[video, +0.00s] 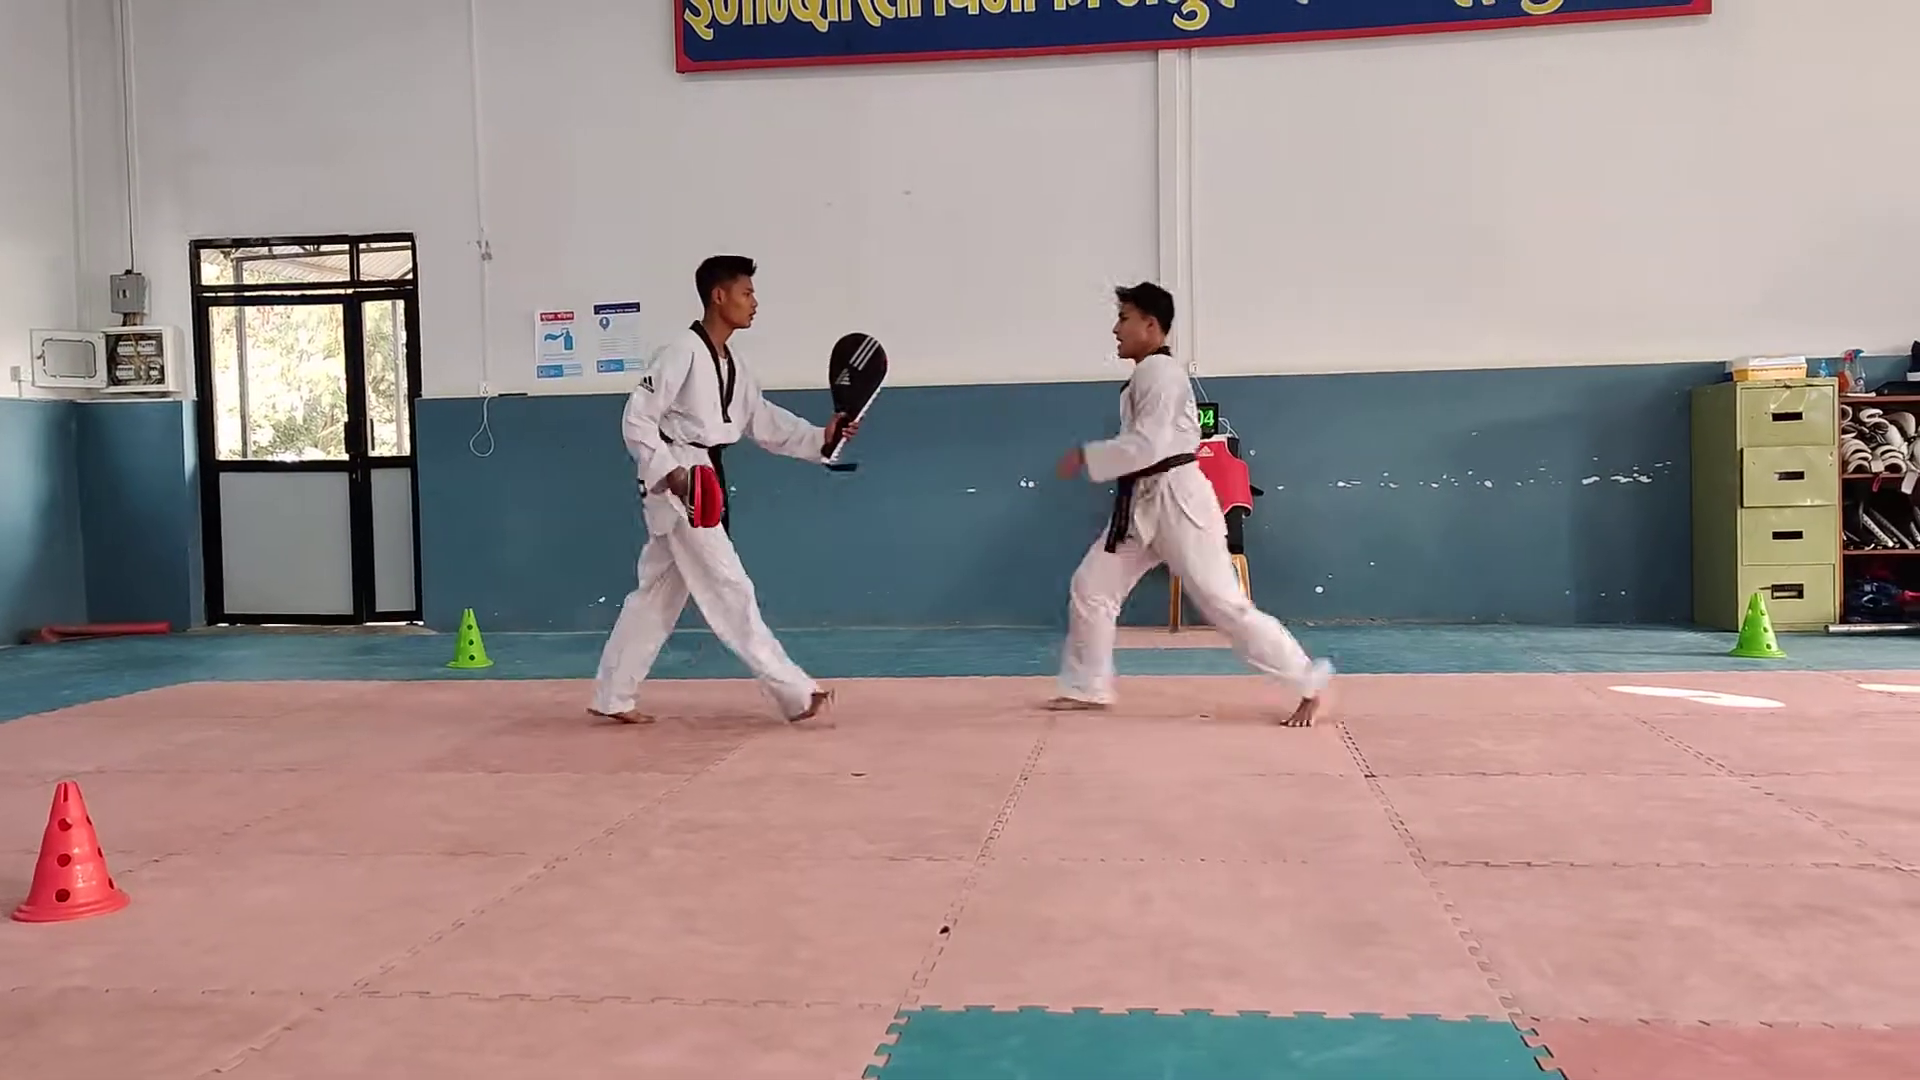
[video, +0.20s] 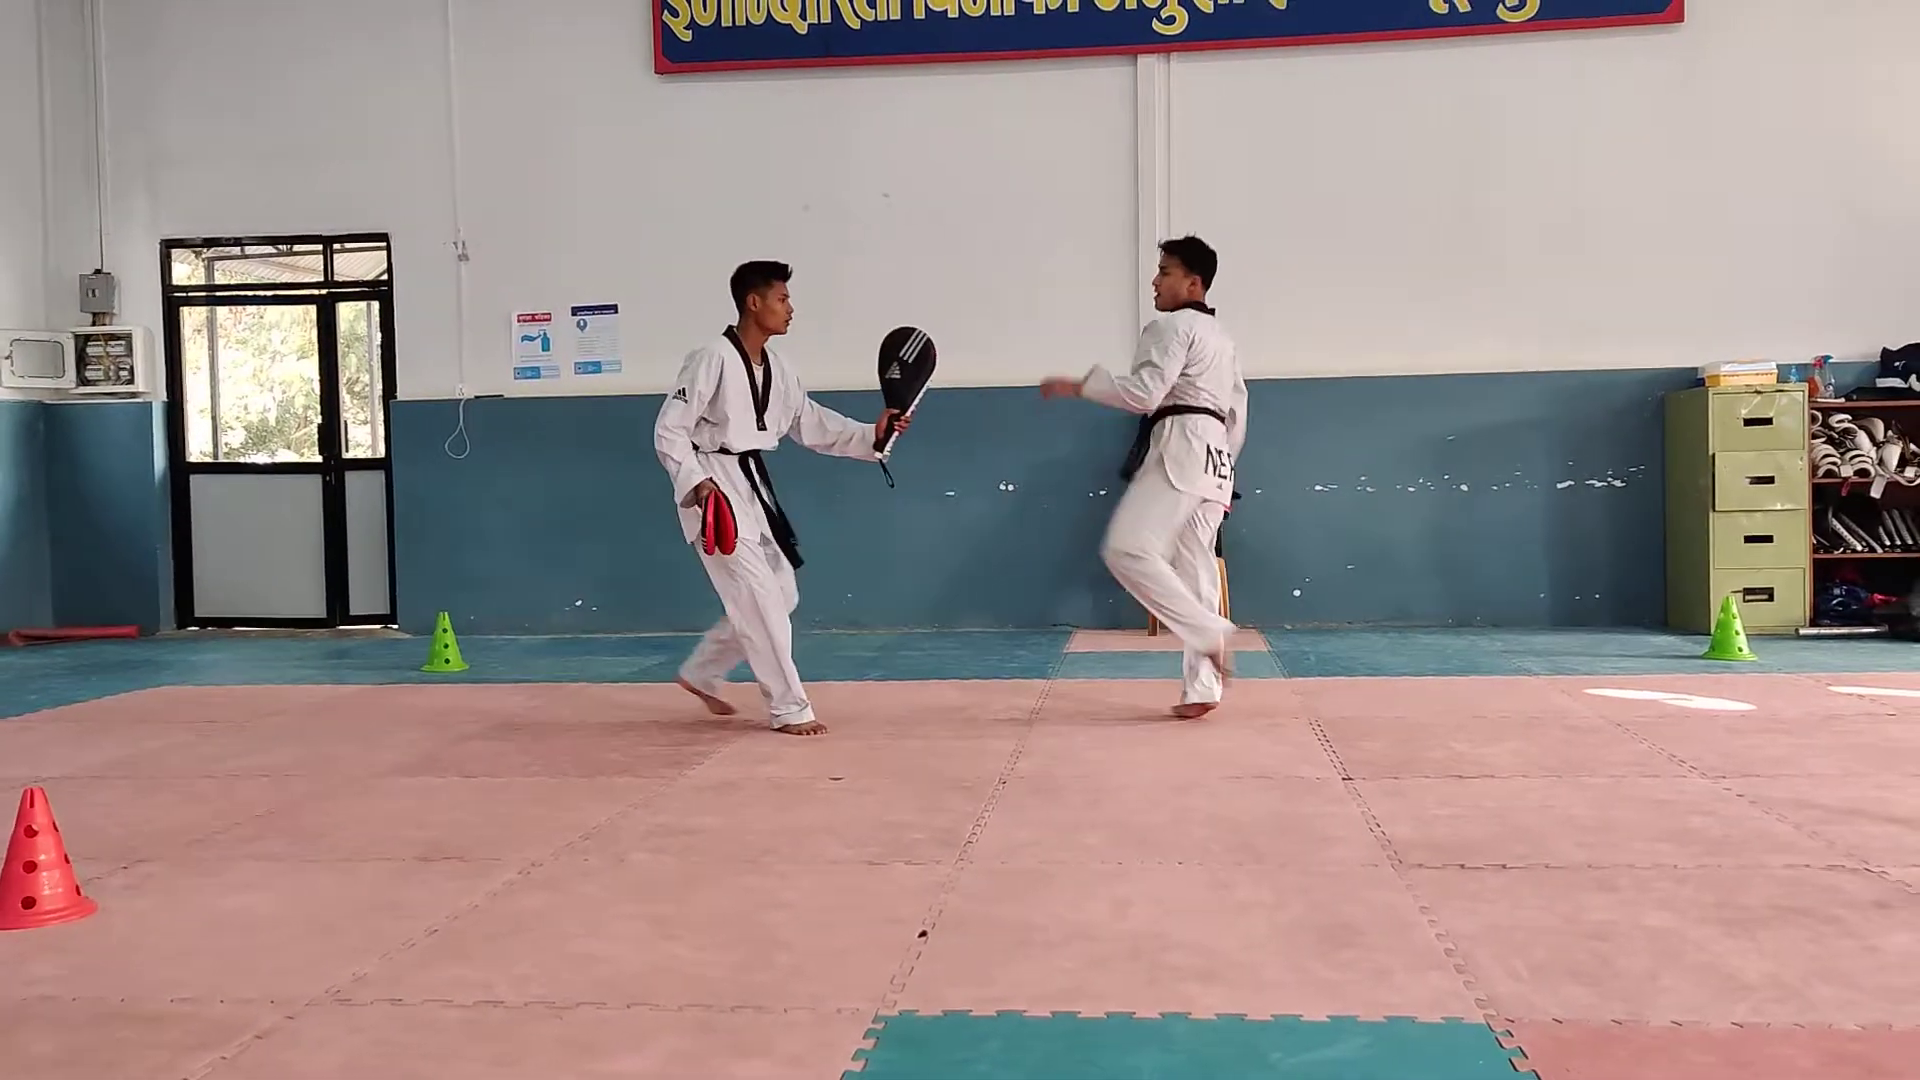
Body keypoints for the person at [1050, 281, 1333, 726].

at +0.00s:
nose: (1115, 328)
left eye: (1124, 319)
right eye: (1117, 319)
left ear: (1153, 326)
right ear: (1147, 326)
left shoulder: (1161, 371)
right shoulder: (1145, 376)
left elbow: (1149, 443)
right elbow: (1150, 446)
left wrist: (1089, 457)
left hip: (1177, 494)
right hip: (1144, 500)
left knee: (1222, 604)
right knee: (1092, 588)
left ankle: (1309, 679)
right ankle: (1089, 690)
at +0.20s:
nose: (1154, 280)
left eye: (1164, 272)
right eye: (1158, 271)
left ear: (1192, 282)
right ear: (1196, 286)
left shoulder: (1174, 324)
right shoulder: (1222, 340)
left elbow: (1145, 392)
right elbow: (1237, 411)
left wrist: (1082, 383)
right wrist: (1221, 464)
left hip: (1184, 447)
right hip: (1217, 458)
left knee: (1126, 549)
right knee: (1194, 564)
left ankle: (1210, 635)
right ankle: (1201, 685)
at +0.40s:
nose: (1154, 282)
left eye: (1164, 274)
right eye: (1157, 272)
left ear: (1192, 284)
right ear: (1193, 287)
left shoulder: (1181, 327)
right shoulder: (1213, 338)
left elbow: (1159, 384)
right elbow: (1143, 388)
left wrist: (1130, 434)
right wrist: (1104, 351)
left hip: (1165, 433)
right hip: (1202, 462)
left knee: (1060, 409)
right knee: (1190, 574)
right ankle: (1207, 688)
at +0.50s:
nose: (1142, 269)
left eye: (1153, 261)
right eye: (1146, 259)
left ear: (1181, 272)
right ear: (1184, 274)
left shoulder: (1160, 312)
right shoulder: (1205, 327)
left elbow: (1152, 367)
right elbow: (1172, 390)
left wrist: (1106, 415)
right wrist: (1121, 361)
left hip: (1145, 427)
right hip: (1191, 447)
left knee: (1049, 444)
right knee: (1192, 570)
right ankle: (1204, 684)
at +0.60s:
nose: (1135, 280)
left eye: (1145, 272)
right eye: (1138, 270)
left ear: (1173, 283)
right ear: (1177, 286)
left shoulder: (1148, 321)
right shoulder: (1208, 341)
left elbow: (1132, 370)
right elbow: (1201, 399)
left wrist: (1067, 400)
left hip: (1133, 439)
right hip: (1187, 453)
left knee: (1062, 533)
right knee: (1204, 573)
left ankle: (1031, 624)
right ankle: (1232, 687)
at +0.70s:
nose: (1122, 308)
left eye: (1131, 300)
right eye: (1126, 298)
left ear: (1158, 309)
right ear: (1165, 312)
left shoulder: (1127, 353)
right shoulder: (1204, 373)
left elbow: (1066, 389)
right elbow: (1211, 456)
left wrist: (1011, 403)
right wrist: (1167, 450)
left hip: (1118, 476)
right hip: (1178, 483)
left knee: (1086, 590)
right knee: (1208, 601)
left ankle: (1039, 670)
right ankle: (1238, 693)